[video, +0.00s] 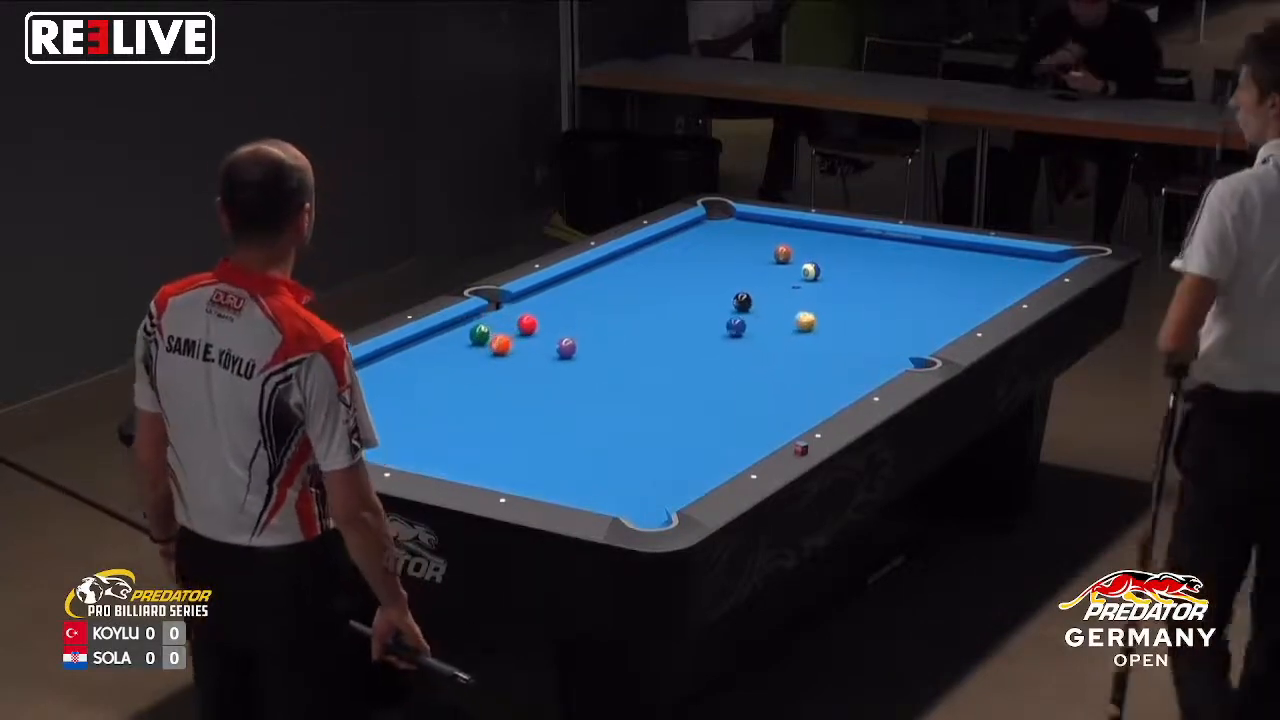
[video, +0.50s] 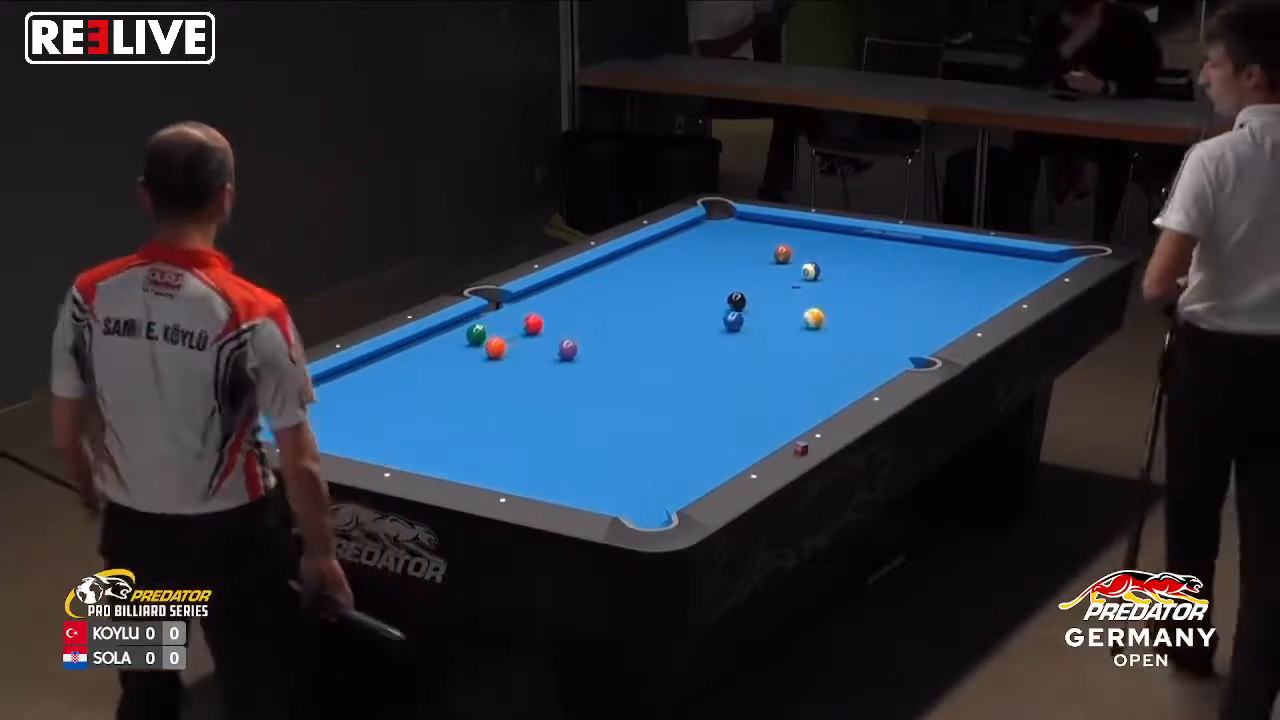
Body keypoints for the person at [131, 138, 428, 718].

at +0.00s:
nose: (315, 219)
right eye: (314, 208)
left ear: (222, 214)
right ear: (305, 220)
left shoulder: (165, 310)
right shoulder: (312, 344)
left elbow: (148, 459)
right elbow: (353, 508)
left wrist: (167, 539)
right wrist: (394, 604)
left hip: (203, 563)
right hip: (292, 573)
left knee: (221, 704)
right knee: (305, 703)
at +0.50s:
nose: (235, 196)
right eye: (235, 185)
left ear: (144, 195)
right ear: (226, 197)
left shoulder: (88, 296)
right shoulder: (255, 313)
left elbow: (66, 435)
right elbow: (299, 462)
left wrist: (90, 490)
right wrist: (322, 557)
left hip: (133, 534)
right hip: (233, 539)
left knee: (145, 693)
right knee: (256, 690)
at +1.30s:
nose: (128, 171)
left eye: (126, 161)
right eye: (128, 162)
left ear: (49, 161)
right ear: (118, 167)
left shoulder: (8, 249)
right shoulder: (157, 264)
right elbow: (180, 404)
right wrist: (166, 486)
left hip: (30, 482)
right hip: (127, 478)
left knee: (57, 636)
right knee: (117, 633)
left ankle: (85, 711)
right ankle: (107, 713)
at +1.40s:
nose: (124, 161)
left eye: (124, 151)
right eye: (124, 151)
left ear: (46, 148)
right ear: (113, 156)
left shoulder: (7, 228)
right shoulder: (146, 251)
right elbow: (168, 392)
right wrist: (154, 473)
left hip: (20, 464)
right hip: (113, 463)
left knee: (34, 637)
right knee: (109, 627)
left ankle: (59, 713)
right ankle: (102, 712)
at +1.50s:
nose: (122, 158)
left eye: (122, 148)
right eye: (123, 148)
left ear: (45, 142)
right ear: (111, 150)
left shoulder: (3, 219)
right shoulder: (141, 245)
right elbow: (161, 386)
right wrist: (149, 462)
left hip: (14, 456)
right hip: (106, 454)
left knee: (15, 627)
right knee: (108, 618)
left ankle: (42, 710)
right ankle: (103, 708)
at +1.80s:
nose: (118, 152)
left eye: (122, 141)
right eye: (120, 141)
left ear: (49, 125)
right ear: (102, 137)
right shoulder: (117, 229)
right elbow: (141, 372)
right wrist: (142, 440)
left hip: (2, 428)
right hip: (80, 432)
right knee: (89, 603)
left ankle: (4, 706)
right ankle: (90, 712)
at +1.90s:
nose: (116, 151)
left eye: (119, 139)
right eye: (118, 139)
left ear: (49, 122)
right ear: (97, 134)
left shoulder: (0, 186)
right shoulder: (110, 225)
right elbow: (136, 367)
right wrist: (124, 433)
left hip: (2, 423)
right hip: (75, 428)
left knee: (1, 592)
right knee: (82, 595)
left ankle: (10, 706)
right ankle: (85, 711)